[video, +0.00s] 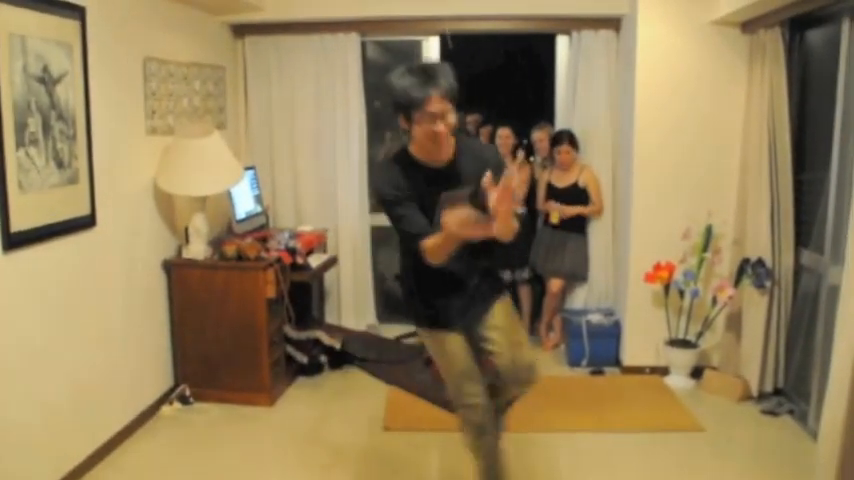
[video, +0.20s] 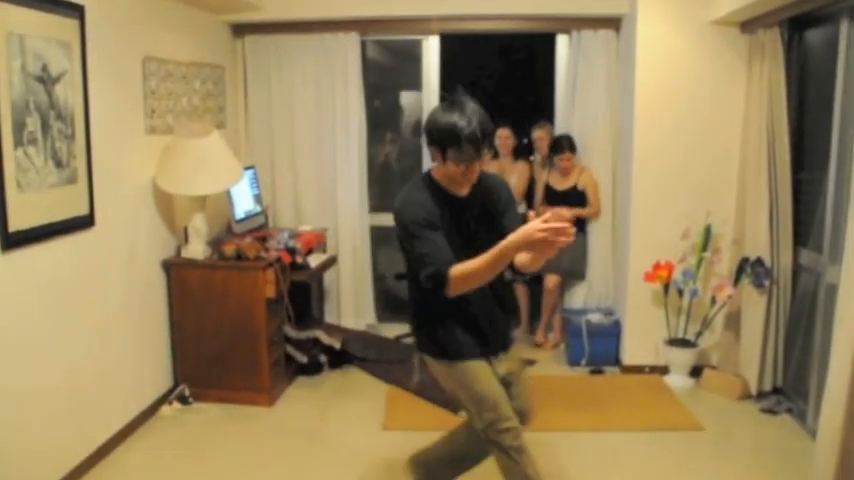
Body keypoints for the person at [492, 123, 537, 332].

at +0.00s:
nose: (504, 142)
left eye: (508, 137)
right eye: (501, 138)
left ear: (515, 141)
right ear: (494, 141)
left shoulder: (523, 167)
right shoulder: (491, 167)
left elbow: (520, 194)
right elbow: (485, 195)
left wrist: (511, 167)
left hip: (519, 216)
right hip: (496, 217)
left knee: (521, 275)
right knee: (501, 274)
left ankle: (526, 324)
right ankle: (502, 323)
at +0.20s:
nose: (503, 142)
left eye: (507, 138)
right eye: (499, 138)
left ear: (515, 141)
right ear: (494, 142)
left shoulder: (522, 166)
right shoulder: (488, 165)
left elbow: (517, 195)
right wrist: (516, 244)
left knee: (517, 278)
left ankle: (524, 324)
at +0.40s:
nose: (504, 142)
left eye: (508, 137)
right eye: (500, 137)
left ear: (515, 141)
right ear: (495, 141)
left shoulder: (522, 167)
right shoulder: (491, 167)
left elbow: (522, 193)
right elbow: (487, 194)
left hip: (516, 222)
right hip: (493, 222)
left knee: (517, 275)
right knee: (496, 274)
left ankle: (523, 321)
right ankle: (499, 317)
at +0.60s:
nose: (504, 139)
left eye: (508, 134)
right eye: (500, 134)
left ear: (515, 137)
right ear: (494, 138)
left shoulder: (521, 162)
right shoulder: (493, 161)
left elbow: (514, 187)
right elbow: (488, 184)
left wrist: (506, 163)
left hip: (517, 217)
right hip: (495, 218)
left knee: (519, 275)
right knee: (497, 275)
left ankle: (523, 321)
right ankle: (498, 318)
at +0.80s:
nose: (504, 141)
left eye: (508, 137)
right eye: (500, 137)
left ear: (515, 140)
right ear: (495, 140)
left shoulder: (522, 165)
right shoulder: (488, 164)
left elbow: (520, 196)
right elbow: (483, 193)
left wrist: (504, 184)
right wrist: (498, 186)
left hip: (514, 218)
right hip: (492, 219)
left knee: (514, 273)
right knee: (494, 273)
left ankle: (522, 321)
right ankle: (498, 317)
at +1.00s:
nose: (502, 140)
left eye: (506, 136)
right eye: (499, 136)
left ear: (514, 139)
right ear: (493, 139)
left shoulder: (520, 163)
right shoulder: (490, 162)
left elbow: (516, 191)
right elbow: (485, 188)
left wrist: (505, 168)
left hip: (514, 215)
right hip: (493, 214)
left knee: (515, 270)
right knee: (495, 268)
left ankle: (521, 318)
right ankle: (497, 314)